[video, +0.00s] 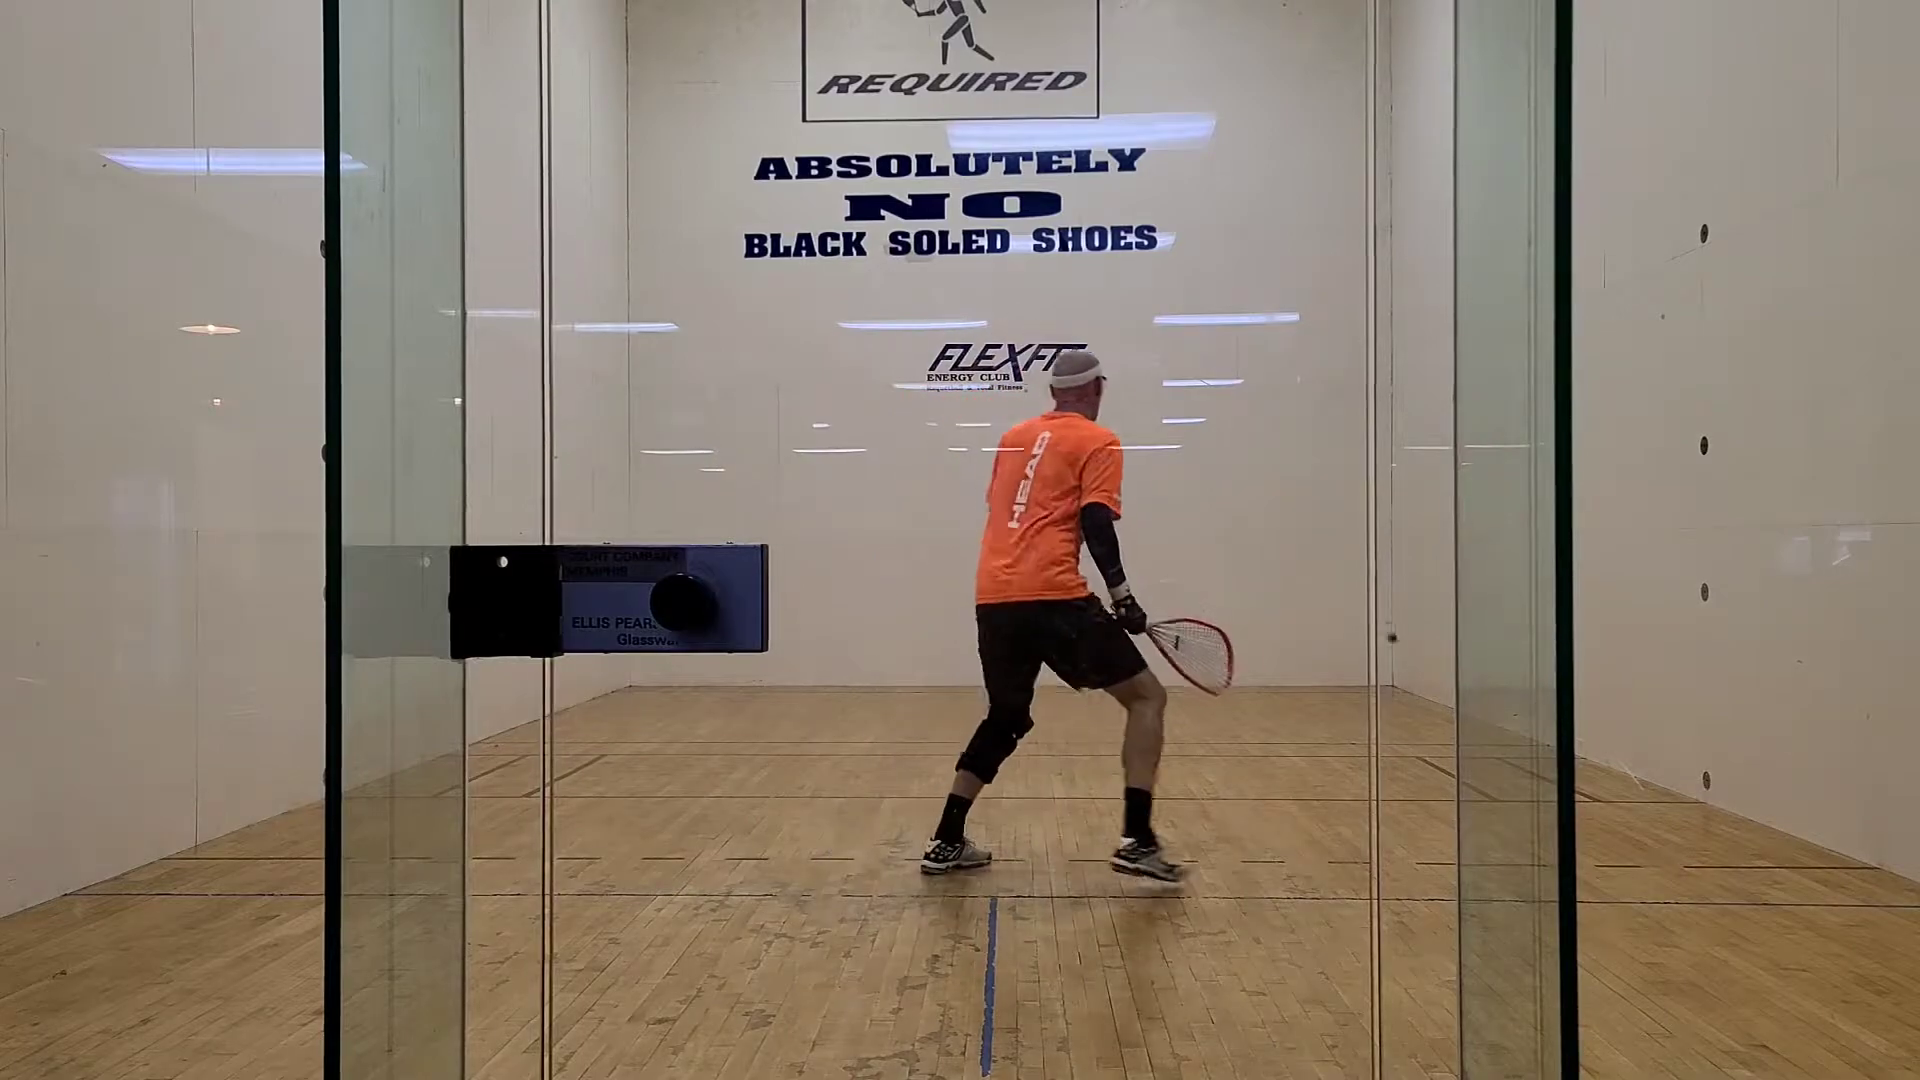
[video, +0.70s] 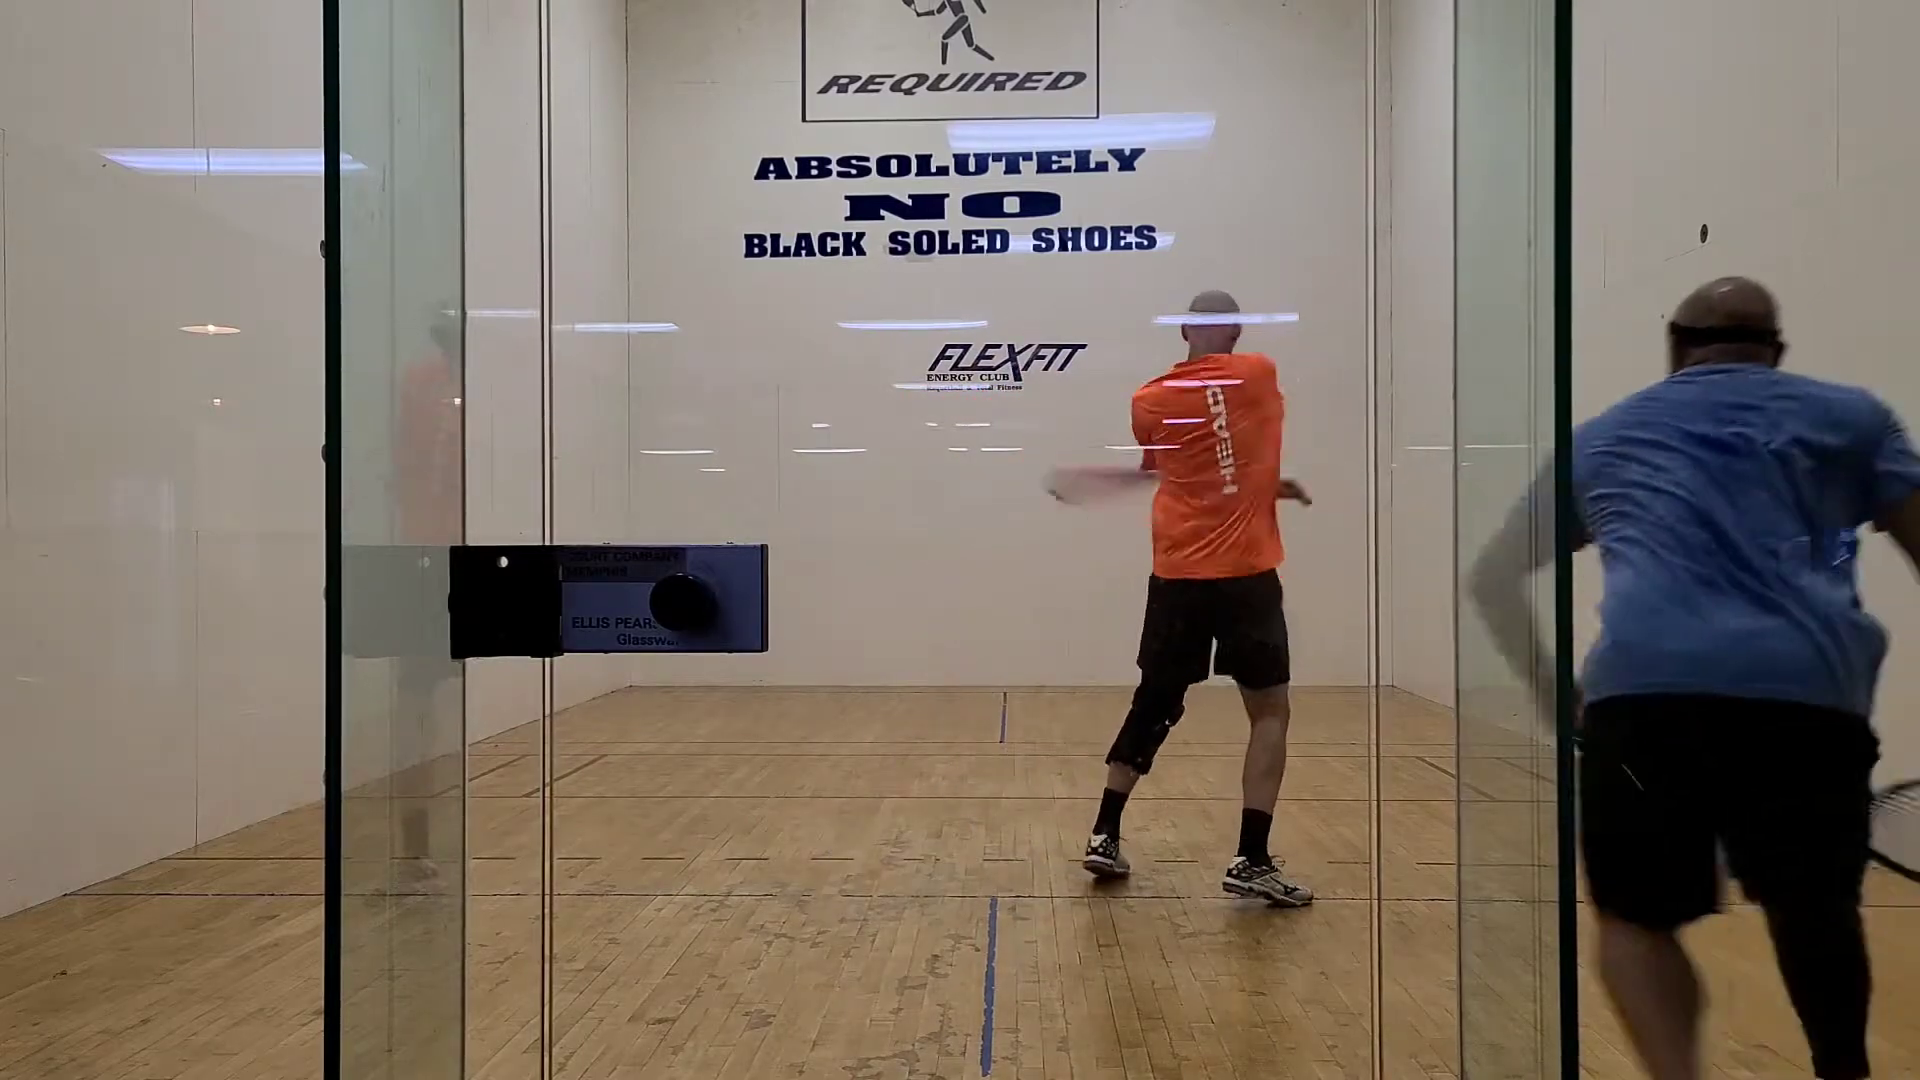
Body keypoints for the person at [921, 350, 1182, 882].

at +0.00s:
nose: (1102, 399)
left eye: (1095, 391)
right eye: (1102, 391)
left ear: (1053, 393)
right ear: (1097, 390)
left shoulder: (1013, 437)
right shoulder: (1098, 442)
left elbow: (999, 508)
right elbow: (1095, 520)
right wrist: (1122, 594)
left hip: (994, 601)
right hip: (1056, 597)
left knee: (1006, 716)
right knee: (1146, 699)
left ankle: (945, 839)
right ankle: (1138, 840)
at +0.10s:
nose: (1144, 410)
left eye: (1141, 401)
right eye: (1144, 401)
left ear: (1095, 402)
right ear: (1138, 402)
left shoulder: (1059, 446)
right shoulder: (1134, 454)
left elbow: (1057, 532)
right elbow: (1116, 525)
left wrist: (1112, 583)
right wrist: (1159, 603)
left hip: (1023, 607)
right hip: (1085, 609)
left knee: (1019, 726)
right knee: (1173, 718)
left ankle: (946, 840)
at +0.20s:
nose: (1198, 411)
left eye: (1196, 401)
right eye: (1194, 403)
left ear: (1149, 406)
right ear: (1186, 407)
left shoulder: (1125, 446)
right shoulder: (1172, 454)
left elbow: (1119, 542)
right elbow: (1147, 518)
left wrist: (1178, 583)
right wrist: (1214, 568)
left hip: (1062, 614)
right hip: (1116, 617)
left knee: (1050, 735)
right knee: (1212, 728)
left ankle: (955, 831)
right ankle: (1247, 875)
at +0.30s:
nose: (1251, 414)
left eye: (1250, 405)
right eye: (1247, 406)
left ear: (1203, 406)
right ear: (1232, 411)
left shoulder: (1184, 448)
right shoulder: (1201, 448)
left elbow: (1175, 525)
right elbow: (1173, 492)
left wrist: (1209, 577)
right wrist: (1259, 492)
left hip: (1088, 610)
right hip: (1140, 616)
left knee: (1098, 729)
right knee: (1233, 720)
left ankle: (993, 816)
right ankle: (1246, 874)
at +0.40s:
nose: (1280, 419)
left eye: (1279, 409)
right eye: (1279, 409)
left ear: (1235, 406)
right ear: (1268, 409)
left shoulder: (1207, 437)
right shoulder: (1228, 437)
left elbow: (1165, 480)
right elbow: (1217, 478)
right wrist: (1289, 435)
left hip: (1103, 605)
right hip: (1151, 611)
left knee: (1137, 723)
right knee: (1245, 718)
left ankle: (1062, 842)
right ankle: (1246, 874)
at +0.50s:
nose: (1286, 400)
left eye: (1286, 388)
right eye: (1281, 389)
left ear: (1241, 388)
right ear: (1260, 390)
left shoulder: (1202, 426)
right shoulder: (1241, 439)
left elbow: (1125, 452)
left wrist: (1123, 525)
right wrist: (1355, 437)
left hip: (1130, 592)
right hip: (1184, 602)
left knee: (1149, 715)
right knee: (1262, 720)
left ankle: (1071, 828)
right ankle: (1247, 874)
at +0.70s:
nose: (1227, 337)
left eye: (1211, 325)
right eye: (1231, 327)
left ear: (1184, 332)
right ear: (1235, 332)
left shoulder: (1149, 399)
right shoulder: (1259, 373)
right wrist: (1094, 480)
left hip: (1178, 584)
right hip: (1251, 581)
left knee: (1152, 708)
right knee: (1269, 713)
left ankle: (1104, 834)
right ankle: (1252, 861)